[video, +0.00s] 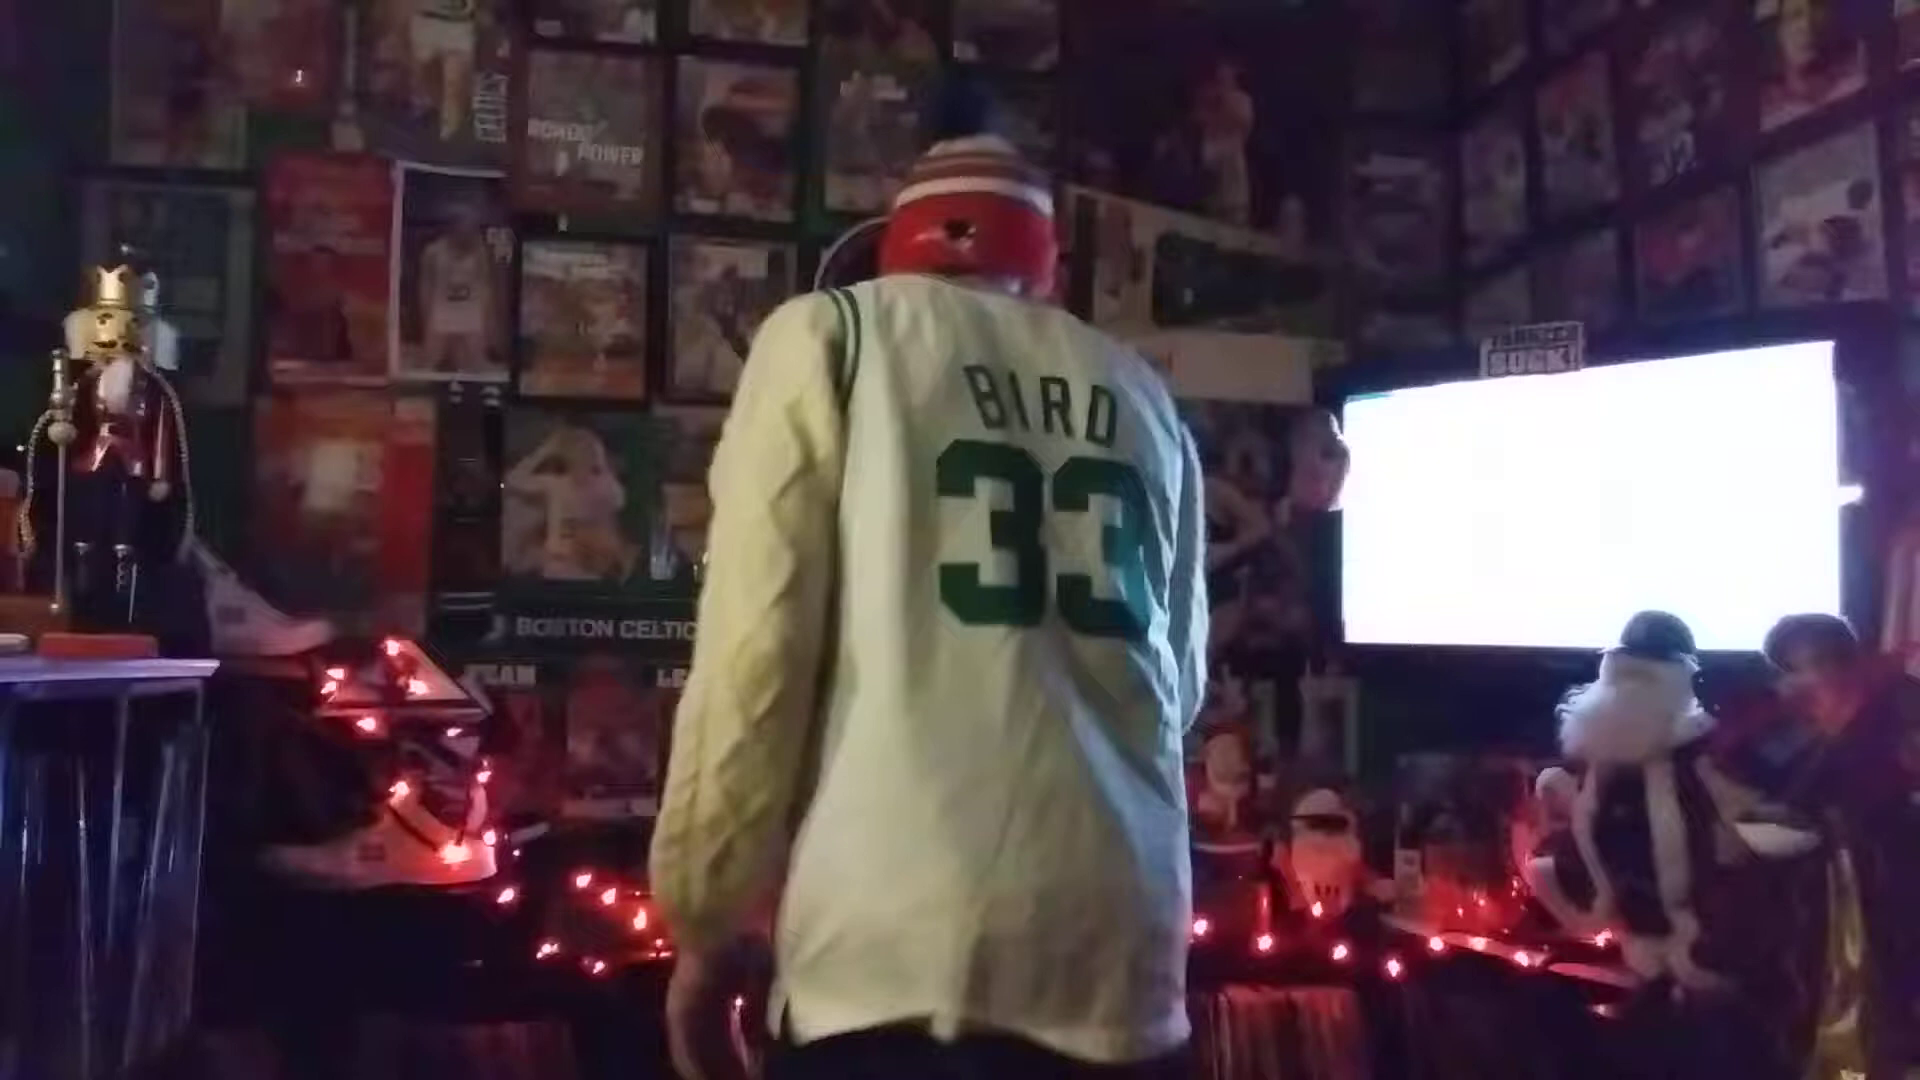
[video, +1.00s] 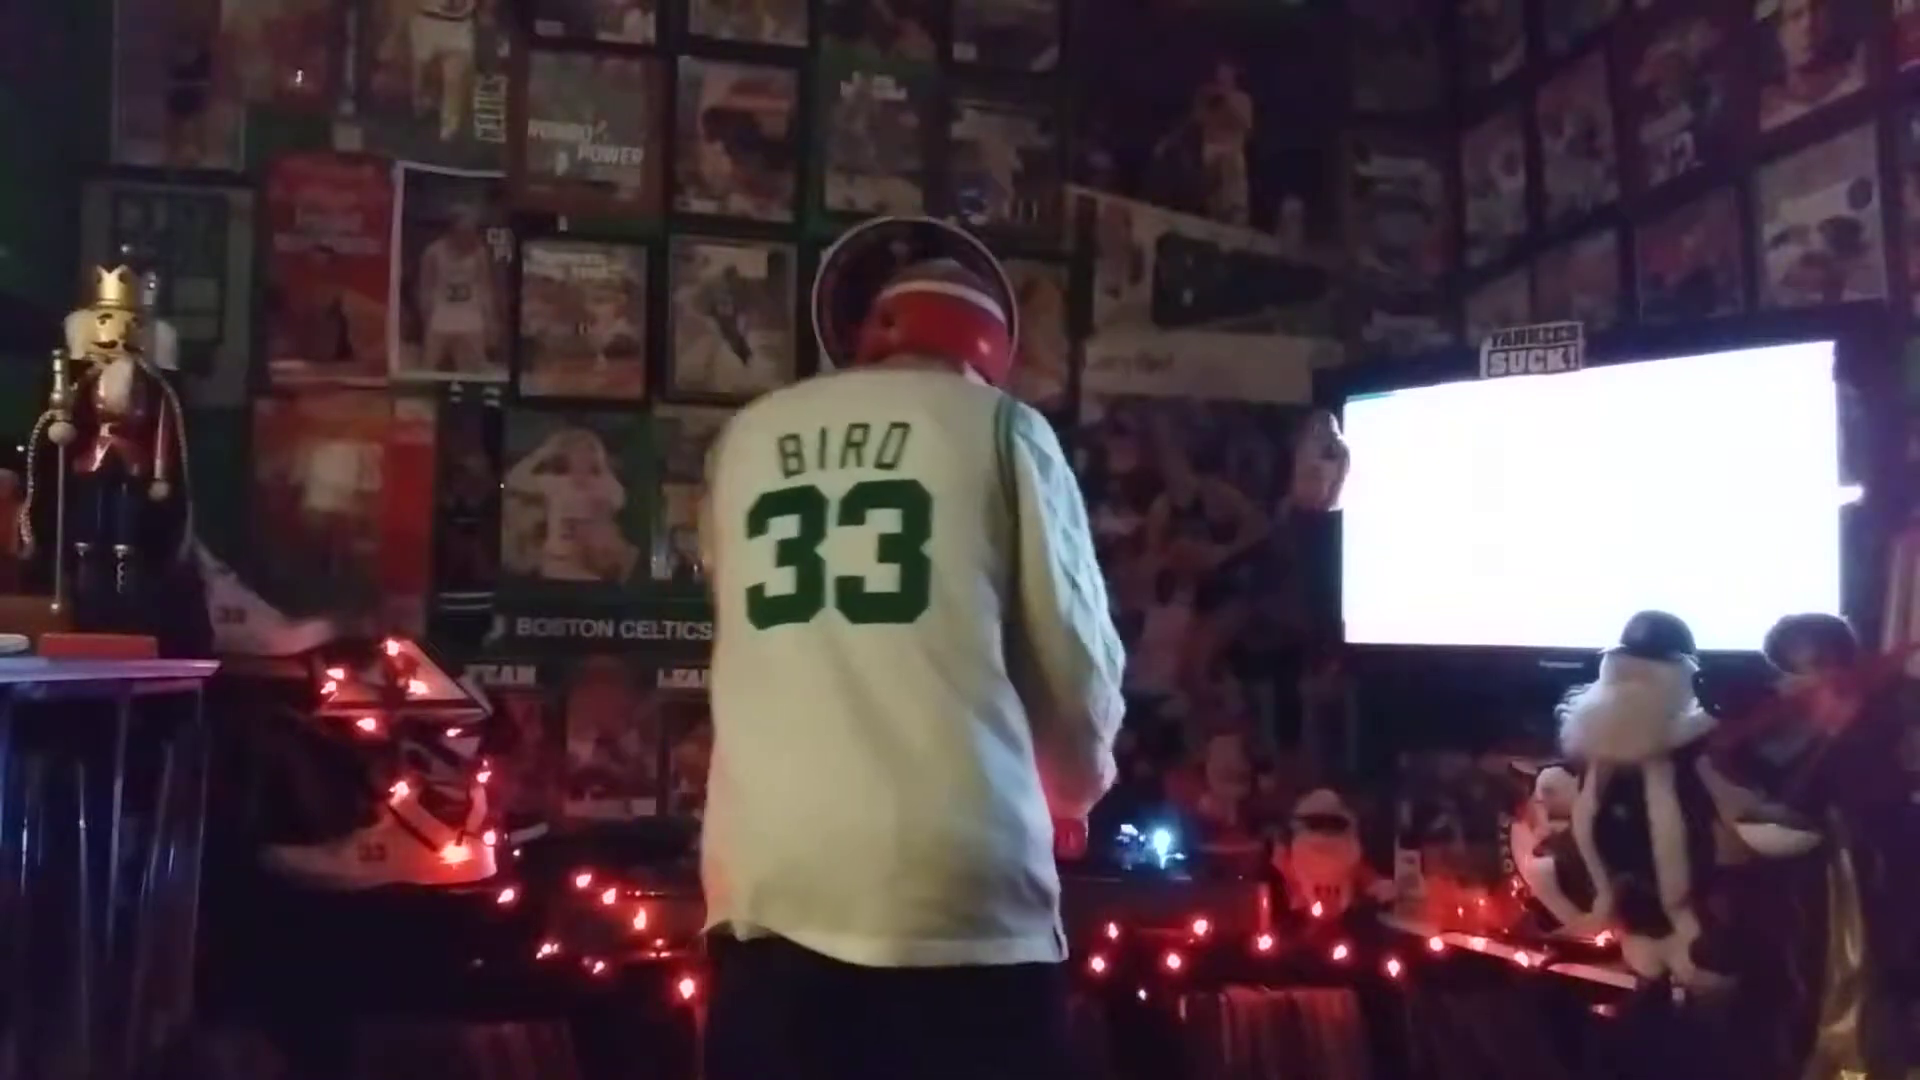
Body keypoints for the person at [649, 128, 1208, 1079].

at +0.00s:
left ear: (896, 249)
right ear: (1048, 273)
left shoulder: (826, 335)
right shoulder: (1150, 400)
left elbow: (759, 643)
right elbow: (1181, 685)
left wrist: (706, 929)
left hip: (888, 926)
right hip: (1121, 953)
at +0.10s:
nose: (874, 280)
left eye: (879, 262)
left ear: (891, 255)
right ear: (1035, 282)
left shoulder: (830, 330)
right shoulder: (1137, 397)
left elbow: (769, 632)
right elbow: (1180, 681)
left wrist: (707, 894)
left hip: (888, 903)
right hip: (1114, 925)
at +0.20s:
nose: (867, 293)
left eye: (871, 272)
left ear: (884, 269)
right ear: (1021, 289)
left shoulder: (824, 336)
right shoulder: (1120, 407)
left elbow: (763, 614)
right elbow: (1182, 684)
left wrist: (704, 852)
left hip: (881, 904)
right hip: (1096, 925)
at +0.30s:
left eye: (869, 284)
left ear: (871, 284)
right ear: (1009, 310)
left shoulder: (800, 358)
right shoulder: (1095, 412)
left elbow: (733, 617)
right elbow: (1177, 684)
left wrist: (693, 839)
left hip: (853, 923)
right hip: (1070, 938)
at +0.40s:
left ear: (851, 301)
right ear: (996, 320)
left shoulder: (765, 381)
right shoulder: (1072, 422)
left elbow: (684, 640)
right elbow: (1159, 676)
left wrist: (688, 841)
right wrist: (1020, 762)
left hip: (824, 928)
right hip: (1045, 936)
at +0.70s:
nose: (971, 351)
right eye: (971, 339)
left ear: (827, 312)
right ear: (954, 332)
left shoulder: (698, 418)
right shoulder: (996, 418)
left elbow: (637, 675)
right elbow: (1068, 672)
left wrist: (740, 763)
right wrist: (1063, 772)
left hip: (765, 906)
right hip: (971, 903)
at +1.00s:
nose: (999, 380)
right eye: (1001, 366)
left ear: (874, 330)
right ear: (989, 356)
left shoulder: (748, 434)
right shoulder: (1007, 429)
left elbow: (755, 645)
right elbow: (1079, 674)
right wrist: (1065, 802)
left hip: (772, 912)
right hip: (968, 914)